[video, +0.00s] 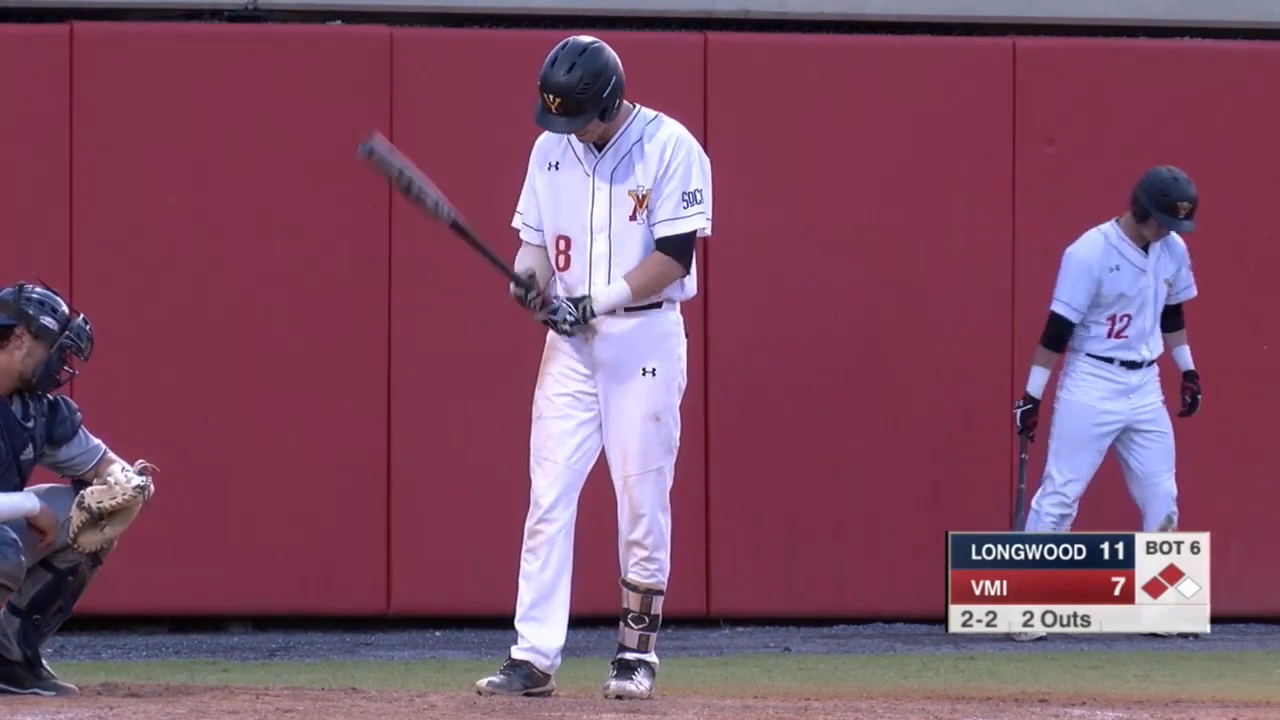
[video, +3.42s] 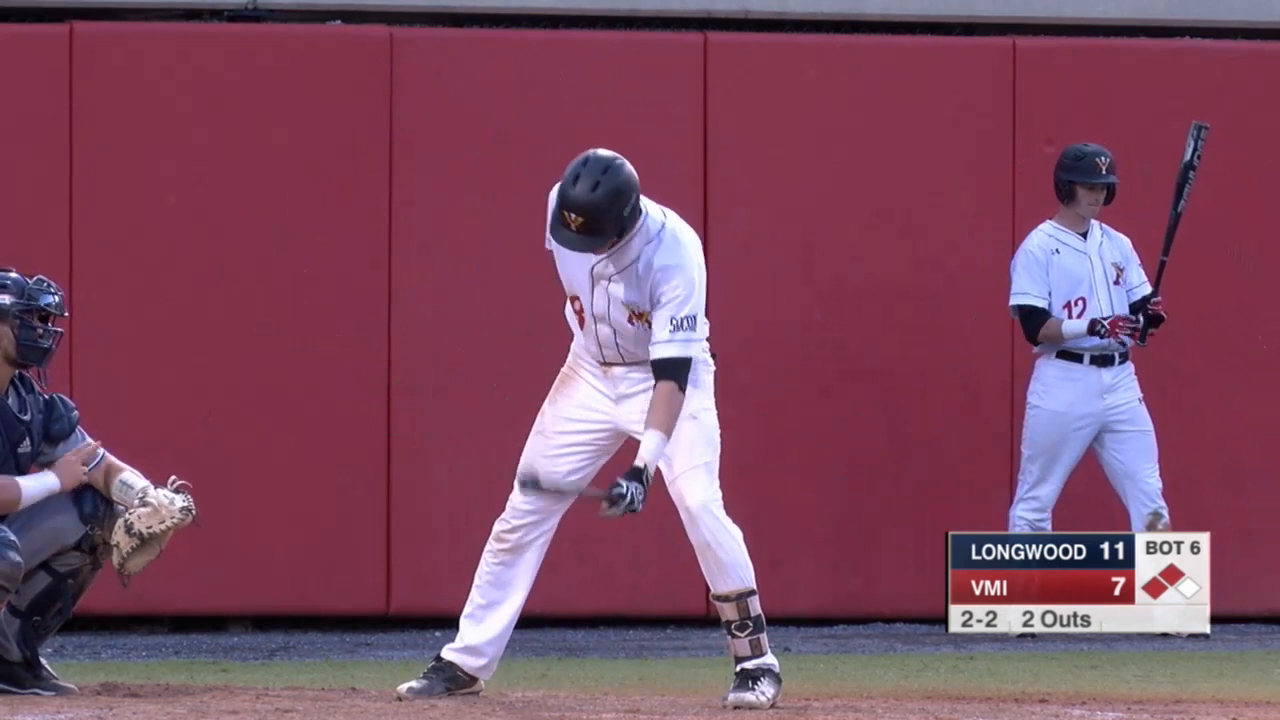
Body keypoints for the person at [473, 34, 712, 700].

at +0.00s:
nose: (571, 132)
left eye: (579, 121)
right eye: (564, 122)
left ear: (613, 103)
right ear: (558, 106)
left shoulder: (672, 146)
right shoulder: (551, 146)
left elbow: (675, 258)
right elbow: (537, 241)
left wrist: (595, 302)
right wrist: (529, 285)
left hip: (644, 343)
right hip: (569, 341)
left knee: (640, 497)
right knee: (549, 499)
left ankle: (636, 654)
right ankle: (533, 657)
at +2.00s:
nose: (545, 131)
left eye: (554, 118)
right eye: (536, 119)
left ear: (583, 102)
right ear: (527, 107)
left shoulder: (635, 152)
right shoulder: (528, 150)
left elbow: (604, 262)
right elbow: (513, 238)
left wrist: (516, 252)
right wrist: (492, 235)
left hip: (617, 346)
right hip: (544, 343)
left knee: (624, 499)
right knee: (507, 496)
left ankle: (634, 651)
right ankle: (465, 650)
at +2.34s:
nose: (457, 141)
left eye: (462, 126)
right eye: (446, 131)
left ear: (488, 107)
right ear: (438, 121)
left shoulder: (556, 139)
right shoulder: (443, 177)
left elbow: (574, 245)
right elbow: (450, 281)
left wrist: (489, 284)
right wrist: (453, 294)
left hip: (577, 347)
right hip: (500, 351)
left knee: (599, 496)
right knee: (471, 503)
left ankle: (633, 647)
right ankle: (460, 662)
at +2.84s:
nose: (440, 150)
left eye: (445, 135)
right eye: (428, 142)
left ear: (469, 111)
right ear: (417, 131)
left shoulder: (541, 145)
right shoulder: (423, 184)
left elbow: (590, 254)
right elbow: (440, 291)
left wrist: (565, 338)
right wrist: (472, 357)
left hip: (583, 331)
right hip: (501, 352)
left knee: (641, 472)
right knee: (470, 510)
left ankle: (715, 634)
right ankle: (461, 661)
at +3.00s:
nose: (480, 172)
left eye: (485, 159)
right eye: (469, 163)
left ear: (511, 137)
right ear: (459, 150)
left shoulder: (580, 169)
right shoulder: (467, 192)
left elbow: (627, 279)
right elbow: (463, 294)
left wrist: (603, 366)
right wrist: (445, 392)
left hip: (618, 353)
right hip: (539, 360)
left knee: (667, 491)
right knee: (484, 508)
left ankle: (744, 655)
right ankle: (461, 661)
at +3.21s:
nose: (543, 212)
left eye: (551, 200)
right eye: (532, 202)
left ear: (580, 176)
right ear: (519, 179)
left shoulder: (639, 207)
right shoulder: (527, 202)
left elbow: (667, 324)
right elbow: (526, 276)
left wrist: (633, 412)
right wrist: (497, 356)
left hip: (660, 374)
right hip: (578, 373)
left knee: (694, 504)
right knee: (513, 510)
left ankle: (755, 661)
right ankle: (462, 664)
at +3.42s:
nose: (583, 247)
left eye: (596, 239)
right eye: (575, 234)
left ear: (627, 220)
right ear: (564, 204)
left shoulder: (674, 253)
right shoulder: (562, 206)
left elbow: (673, 372)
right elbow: (586, 283)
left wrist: (643, 465)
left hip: (666, 377)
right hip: (587, 372)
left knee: (697, 501)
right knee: (526, 506)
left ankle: (754, 661)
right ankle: (463, 663)